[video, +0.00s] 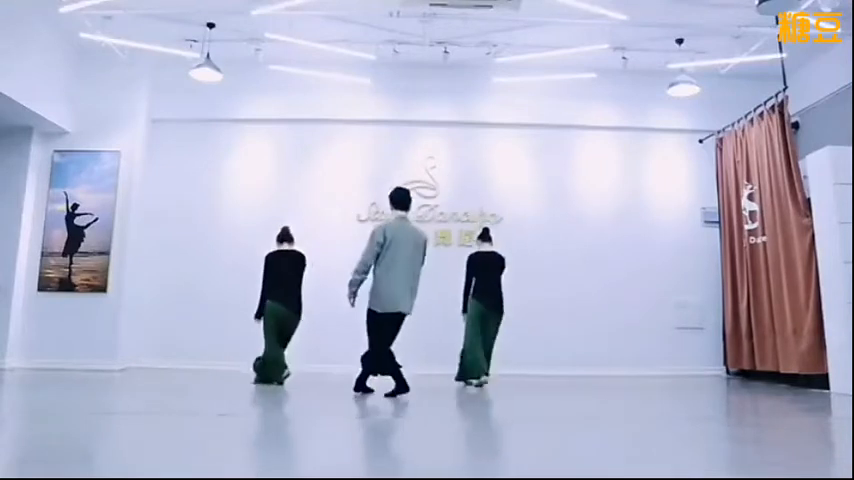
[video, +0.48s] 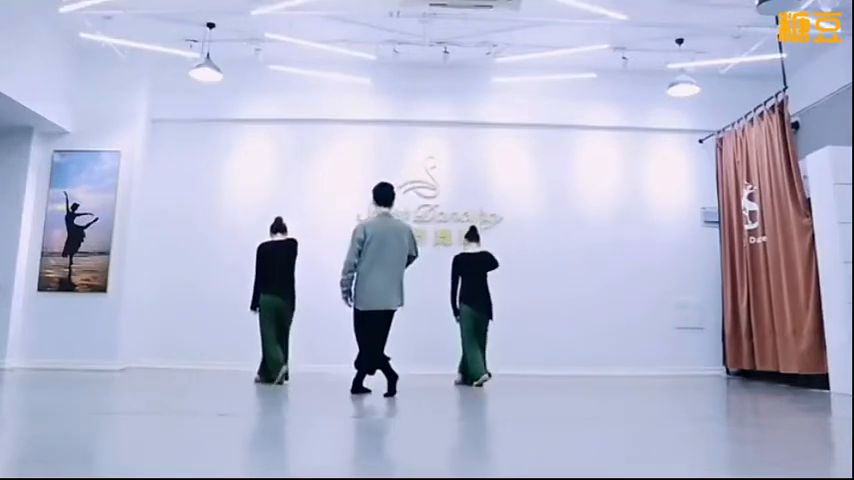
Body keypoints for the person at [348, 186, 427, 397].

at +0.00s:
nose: (392, 205)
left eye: (391, 201)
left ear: (391, 203)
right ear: (410, 205)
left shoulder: (383, 230)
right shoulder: (420, 236)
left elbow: (367, 261)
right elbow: (418, 267)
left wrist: (354, 285)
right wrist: (409, 293)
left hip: (381, 298)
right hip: (406, 300)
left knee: (378, 345)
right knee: (382, 344)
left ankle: (400, 381)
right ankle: (362, 379)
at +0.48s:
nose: (377, 202)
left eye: (374, 198)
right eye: (386, 197)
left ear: (373, 200)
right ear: (393, 200)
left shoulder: (364, 228)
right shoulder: (404, 229)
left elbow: (351, 261)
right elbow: (413, 254)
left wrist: (345, 286)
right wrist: (396, 268)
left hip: (366, 295)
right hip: (391, 295)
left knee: (366, 342)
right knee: (376, 342)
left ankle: (389, 373)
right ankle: (358, 380)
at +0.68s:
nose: (377, 199)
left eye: (374, 195)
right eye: (385, 195)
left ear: (371, 197)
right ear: (390, 198)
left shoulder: (362, 226)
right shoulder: (402, 227)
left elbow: (348, 259)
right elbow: (414, 242)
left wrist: (344, 284)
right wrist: (395, 249)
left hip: (364, 292)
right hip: (390, 293)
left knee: (365, 341)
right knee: (375, 340)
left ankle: (389, 373)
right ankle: (358, 380)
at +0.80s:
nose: (376, 199)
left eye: (372, 195)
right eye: (384, 195)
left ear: (370, 197)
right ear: (390, 198)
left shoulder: (361, 226)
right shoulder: (401, 226)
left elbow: (346, 259)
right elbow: (414, 228)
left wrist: (342, 284)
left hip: (363, 291)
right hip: (388, 291)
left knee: (365, 340)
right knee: (375, 339)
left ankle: (388, 373)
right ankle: (358, 380)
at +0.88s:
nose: (376, 198)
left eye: (372, 195)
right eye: (384, 195)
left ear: (369, 197)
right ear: (389, 197)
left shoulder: (360, 226)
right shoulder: (400, 225)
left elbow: (346, 258)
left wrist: (341, 284)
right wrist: (405, 285)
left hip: (363, 291)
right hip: (387, 291)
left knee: (365, 340)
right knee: (374, 340)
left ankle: (388, 373)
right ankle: (358, 381)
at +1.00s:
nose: (378, 199)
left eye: (372, 195)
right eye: (383, 195)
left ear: (368, 197)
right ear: (388, 198)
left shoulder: (358, 226)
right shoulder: (398, 224)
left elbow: (345, 259)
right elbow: (413, 220)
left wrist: (340, 284)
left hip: (362, 291)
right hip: (386, 291)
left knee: (365, 340)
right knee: (374, 339)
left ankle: (388, 373)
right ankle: (358, 380)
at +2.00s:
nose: (373, 197)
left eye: (369, 194)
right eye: (379, 194)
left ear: (365, 197)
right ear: (385, 198)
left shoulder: (355, 227)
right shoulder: (391, 224)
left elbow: (345, 260)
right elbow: (401, 207)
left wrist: (340, 285)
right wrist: (404, 183)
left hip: (361, 290)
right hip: (383, 289)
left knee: (364, 339)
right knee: (373, 338)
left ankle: (387, 373)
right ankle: (358, 381)